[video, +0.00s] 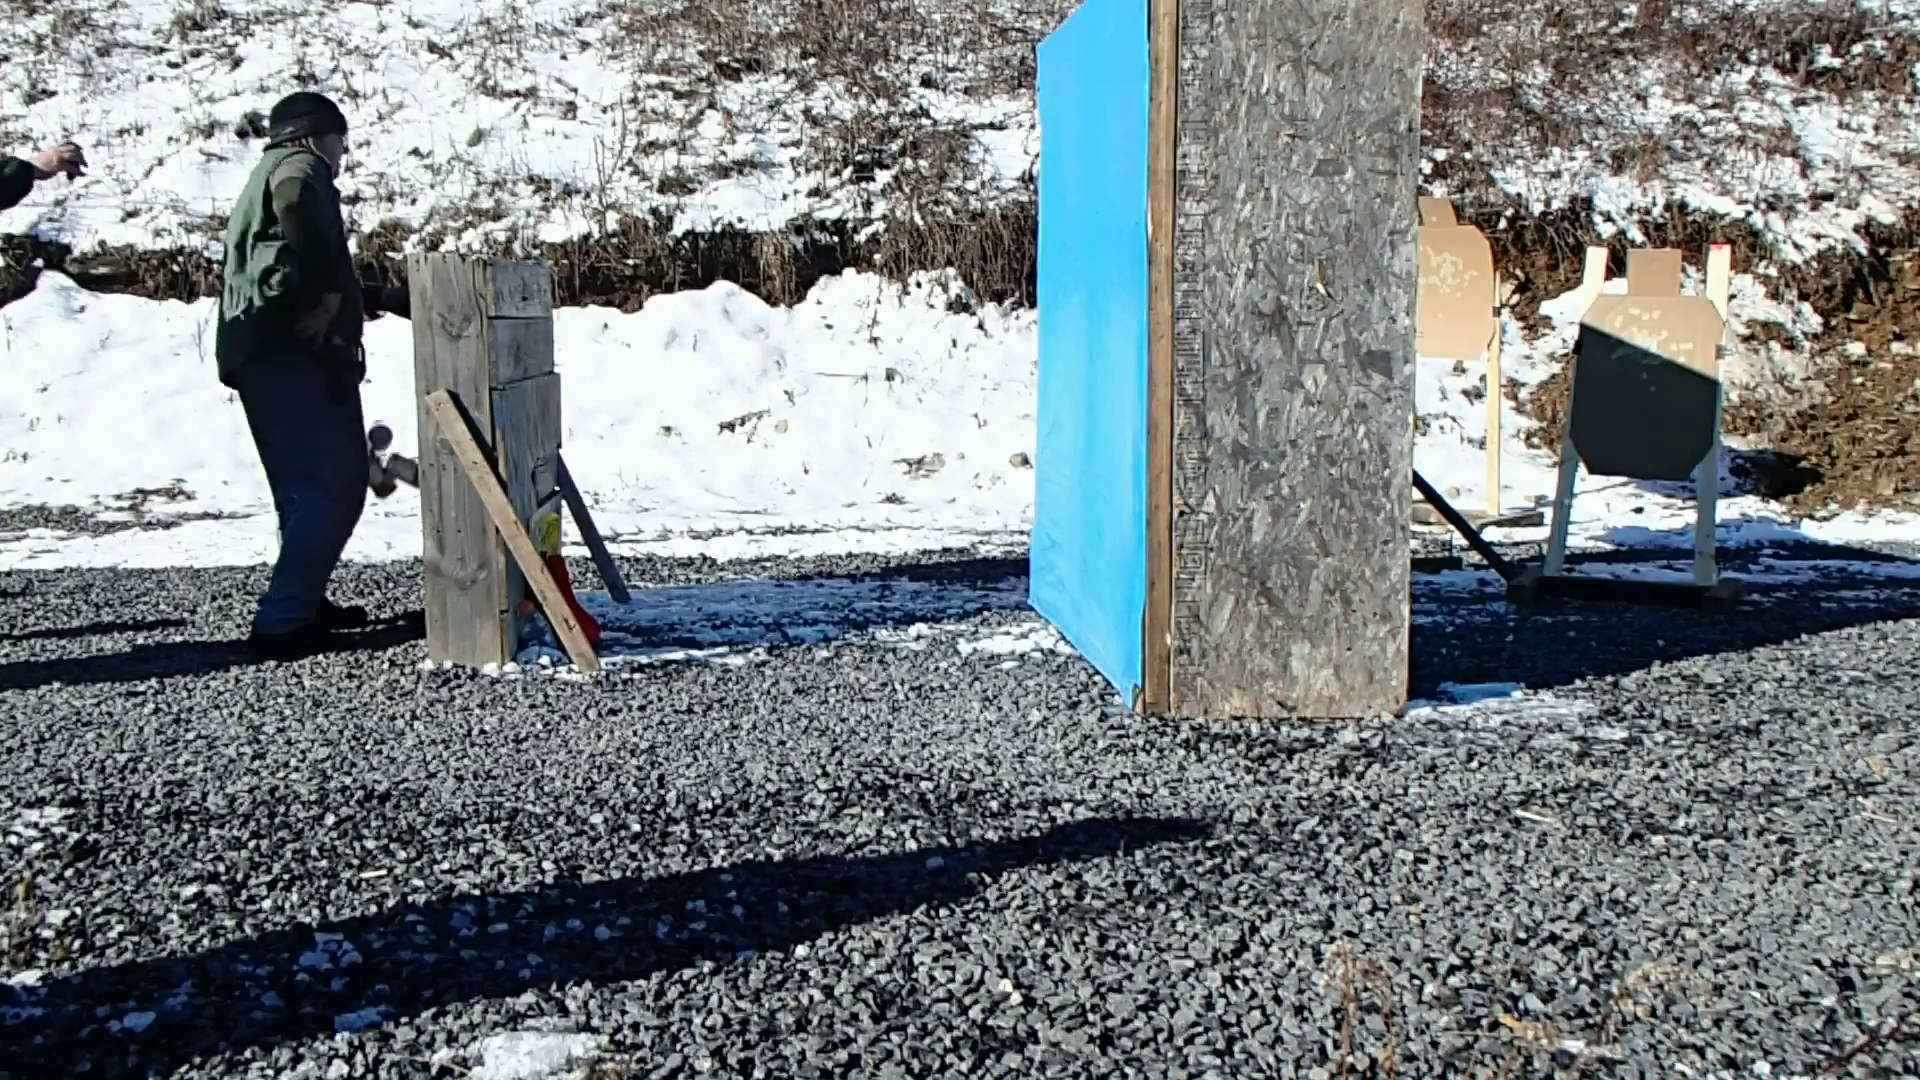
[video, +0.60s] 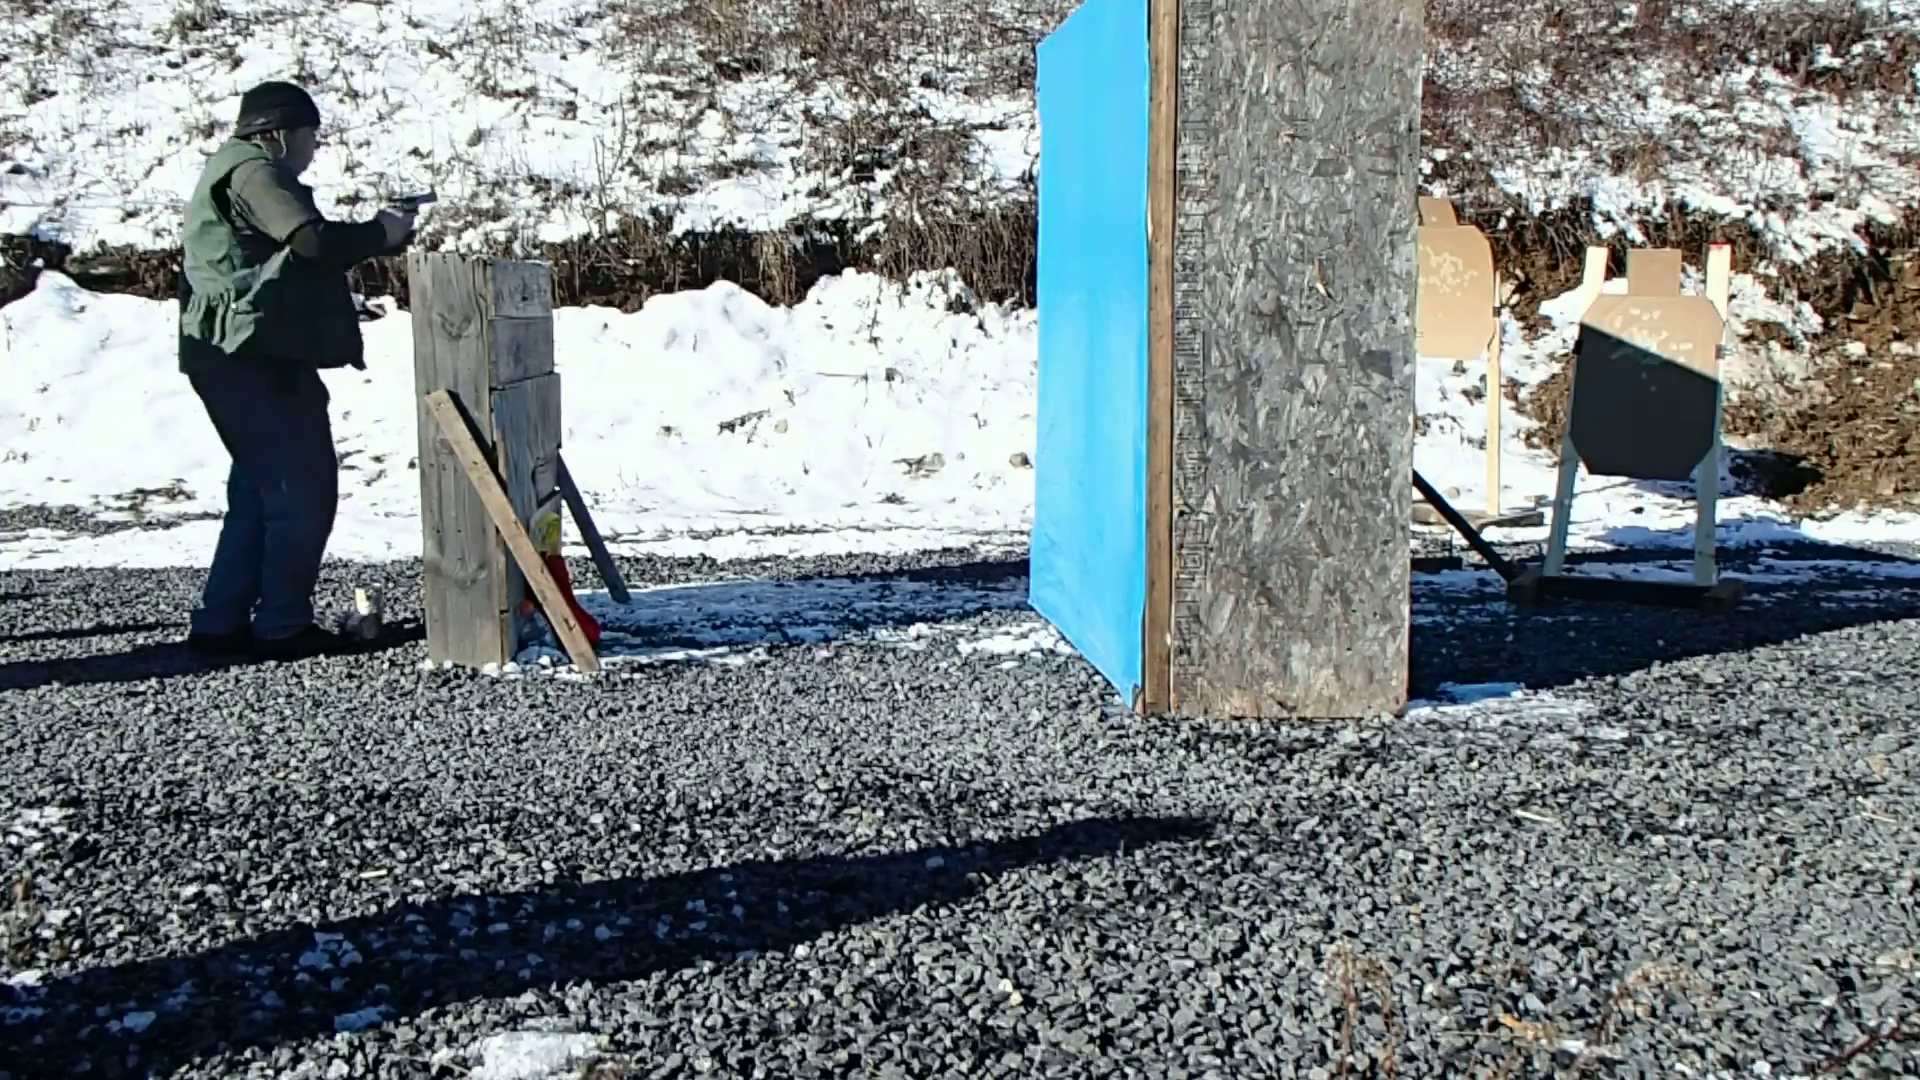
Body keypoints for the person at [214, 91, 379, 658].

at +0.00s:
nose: (343, 155)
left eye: (343, 144)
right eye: (340, 143)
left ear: (286, 136)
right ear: (317, 136)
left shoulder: (269, 173)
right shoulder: (301, 166)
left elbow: (311, 278)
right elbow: (304, 244)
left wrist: (376, 298)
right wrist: (330, 306)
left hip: (263, 359)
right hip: (293, 360)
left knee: (304, 481)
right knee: (338, 478)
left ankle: (304, 604)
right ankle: (284, 619)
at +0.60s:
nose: (314, 151)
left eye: (315, 140)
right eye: (310, 138)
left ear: (261, 131)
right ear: (279, 132)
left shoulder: (235, 167)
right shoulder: (254, 167)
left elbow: (306, 246)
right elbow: (309, 239)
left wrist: (370, 237)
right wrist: (381, 233)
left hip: (225, 353)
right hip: (259, 357)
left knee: (259, 481)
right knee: (305, 485)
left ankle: (221, 623)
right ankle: (284, 626)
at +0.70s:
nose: (310, 152)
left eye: (311, 141)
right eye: (304, 139)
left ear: (254, 133)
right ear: (274, 135)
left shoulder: (221, 171)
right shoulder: (248, 172)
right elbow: (335, 217)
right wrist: (419, 210)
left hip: (204, 352)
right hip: (238, 355)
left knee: (236, 493)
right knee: (306, 473)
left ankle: (217, 628)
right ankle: (288, 621)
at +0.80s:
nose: (301, 154)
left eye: (301, 143)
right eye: (296, 142)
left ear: (239, 130)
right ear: (269, 135)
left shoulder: (200, 172)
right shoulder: (254, 168)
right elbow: (346, 195)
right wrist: (432, 197)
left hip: (185, 346)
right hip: (225, 348)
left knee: (230, 486)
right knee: (293, 468)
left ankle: (215, 623)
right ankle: (261, 618)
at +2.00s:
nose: (303, 144)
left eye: (303, 133)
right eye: (299, 132)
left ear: (244, 116)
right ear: (273, 122)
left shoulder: (208, 158)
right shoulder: (244, 158)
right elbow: (346, 184)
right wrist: (440, 183)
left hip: (217, 355)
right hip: (219, 357)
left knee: (252, 500)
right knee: (248, 502)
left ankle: (229, 631)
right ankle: (211, 647)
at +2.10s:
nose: (303, 145)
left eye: (303, 136)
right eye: (299, 134)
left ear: (245, 116)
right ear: (274, 124)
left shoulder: (213, 157)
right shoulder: (243, 158)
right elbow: (347, 186)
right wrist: (440, 185)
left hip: (221, 357)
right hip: (218, 360)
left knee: (253, 500)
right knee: (249, 502)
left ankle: (229, 630)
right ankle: (211, 647)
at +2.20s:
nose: (304, 147)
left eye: (305, 137)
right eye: (300, 135)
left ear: (245, 117)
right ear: (278, 126)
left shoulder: (213, 157)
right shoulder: (243, 159)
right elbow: (346, 187)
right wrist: (439, 186)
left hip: (219, 358)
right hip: (217, 362)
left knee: (252, 502)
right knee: (250, 505)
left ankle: (230, 630)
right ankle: (210, 647)